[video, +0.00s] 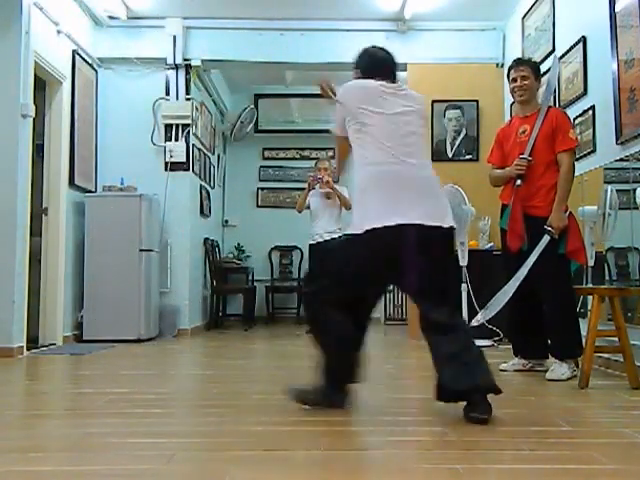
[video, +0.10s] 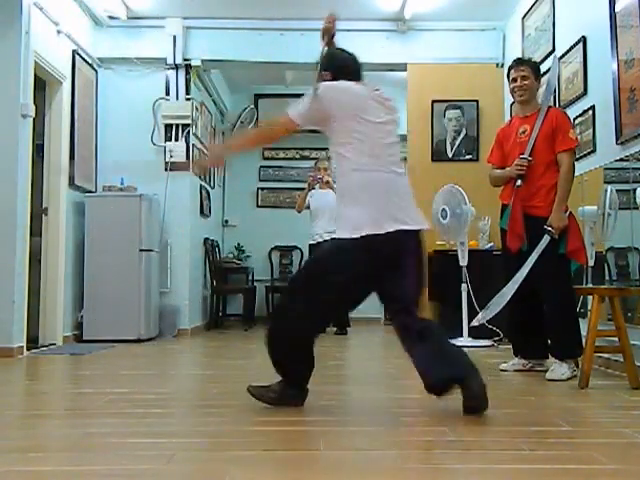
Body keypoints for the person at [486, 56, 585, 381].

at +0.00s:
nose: (519, 83)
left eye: (525, 78)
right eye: (514, 80)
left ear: (538, 83)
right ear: (508, 88)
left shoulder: (555, 117)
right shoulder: (505, 131)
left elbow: (566, 165)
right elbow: (493, 177)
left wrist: (559, 210)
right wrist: (509, 171)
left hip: (547, 214)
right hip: (514, 215)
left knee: (554, 284)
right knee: (521, 284)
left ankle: (565, 357)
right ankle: (529, 354)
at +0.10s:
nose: (519, 83)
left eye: (525, 78)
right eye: (514, 80)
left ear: (537, 83)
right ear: (508, 88)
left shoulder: (555, 117)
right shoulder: (505, 131)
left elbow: (567, 165)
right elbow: (493, 176)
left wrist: (559, 210)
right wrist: (509, 171)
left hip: (548, 214)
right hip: (514, 215)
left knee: (554, 284)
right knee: (521, 284)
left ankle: (565, 358)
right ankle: (529, 355)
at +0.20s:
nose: (519, 83)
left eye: (525, 78)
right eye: (514, 80)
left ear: (537, 83)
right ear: (508, 87)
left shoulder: (555, 117)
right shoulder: (505, 131)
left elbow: (567, 166)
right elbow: (493, 176)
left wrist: (559, 210)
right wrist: (509, 171)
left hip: (548, 214)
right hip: (514, 215)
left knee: (554, 284)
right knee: (520, 284)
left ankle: (565, 358)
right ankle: (529, 355)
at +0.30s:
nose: (520, 84)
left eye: (525, 78)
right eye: (514, 80)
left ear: (537, 83)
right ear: (508, 88)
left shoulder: (555, 117)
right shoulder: (505, 131)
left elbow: (567, 166)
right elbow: (493, 176)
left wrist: (559, 210)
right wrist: (509, 171)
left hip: (548, 214)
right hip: (514, 215)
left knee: (554, 284)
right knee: (520, 284)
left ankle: (565, 358)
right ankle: (529, 355)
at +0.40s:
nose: (519, 84)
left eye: (525, 78)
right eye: (514, 80)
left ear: (538, 83)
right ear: (508, 87)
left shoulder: (555, 117)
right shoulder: (505, 131)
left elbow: (567, 166)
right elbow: (494, 176)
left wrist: (559, 210)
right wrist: (509, 171)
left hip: (548, 214)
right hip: (514, 215)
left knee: (554, 284)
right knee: (520, 284)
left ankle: (565, 358)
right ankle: (529, 355)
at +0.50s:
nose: (516, 85)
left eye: (522, 79)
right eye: (512, 81)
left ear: (538, 82)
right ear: (508, 88)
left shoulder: (555, 117)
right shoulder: (506, 131)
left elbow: (567, 166)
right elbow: (494, 176)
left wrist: (559, 210)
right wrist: (510, 171)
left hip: (547, 214)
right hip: (514, 215)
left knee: (554, 284)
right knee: (520, 284)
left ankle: (565, 358)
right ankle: (529, 355)